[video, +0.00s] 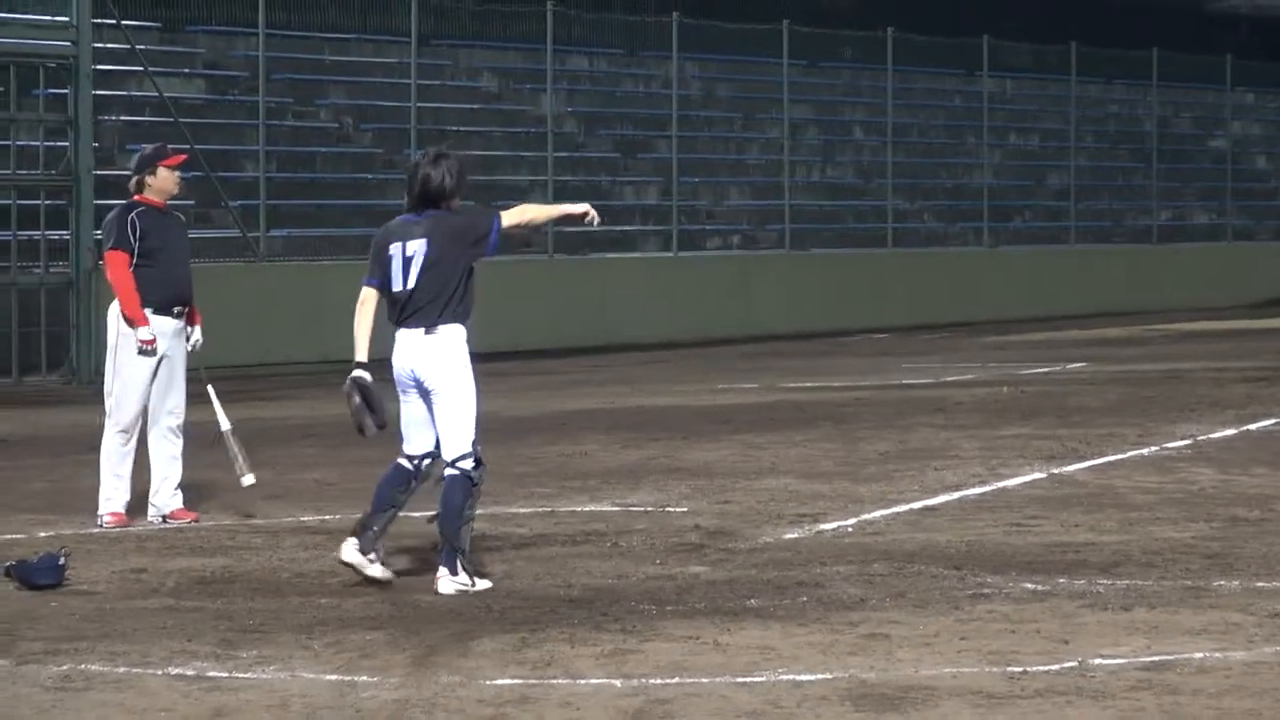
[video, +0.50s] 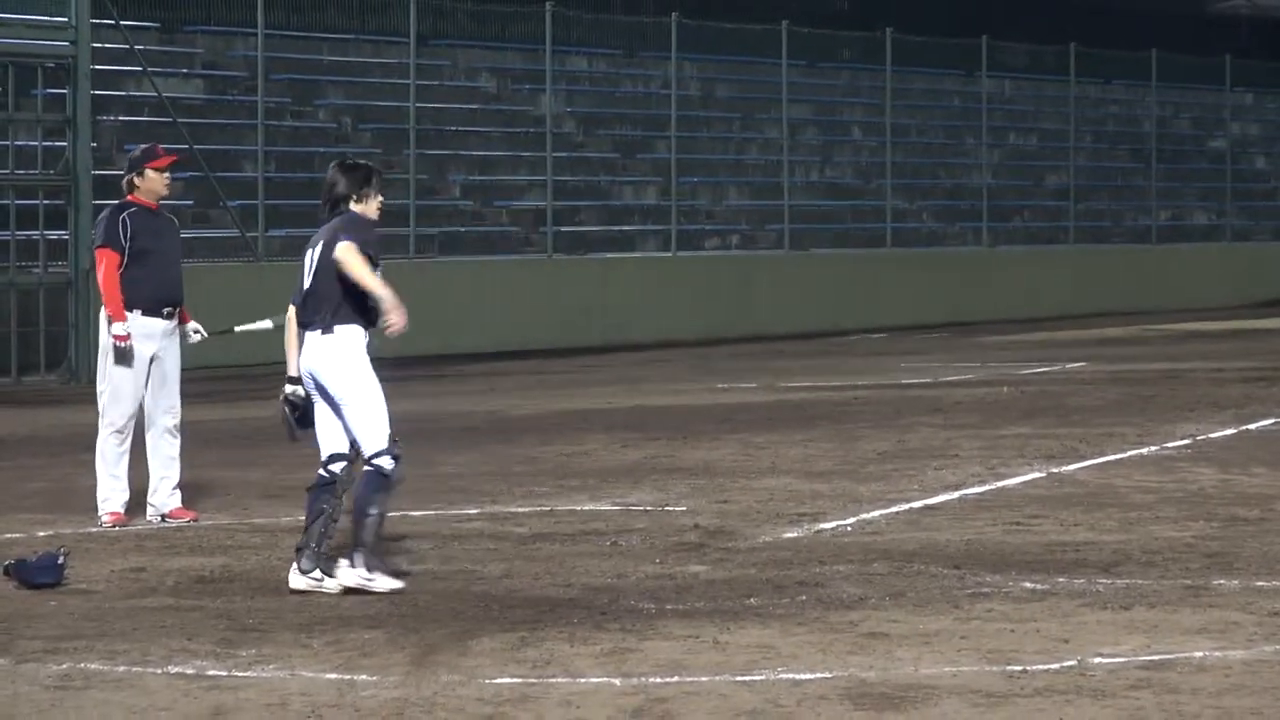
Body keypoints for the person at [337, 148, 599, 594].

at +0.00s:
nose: (462, 192)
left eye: (459, 185)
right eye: (459, 186)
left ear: (414, 188)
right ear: (451, 191)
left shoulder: (390, 233)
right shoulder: (460, 225)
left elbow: (367, 301)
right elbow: (518, 216)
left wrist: (359, 364)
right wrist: (568, 209)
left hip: (403, 350)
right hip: (445, 349)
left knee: (417, 454)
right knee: (462, 461)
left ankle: (363, 544)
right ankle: (452, 568)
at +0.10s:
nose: (442, 197)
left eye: (439, 190)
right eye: (439, 191)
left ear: (394, 195)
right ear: (429, 196)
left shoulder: (373, 237)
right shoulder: (440, 226)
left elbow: (349, 305)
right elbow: (503, 211)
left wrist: (340, 371)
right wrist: (559, 196)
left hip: (387, 352)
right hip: (426, 350)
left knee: (401, 459)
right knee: (452, 461)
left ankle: (335, 541)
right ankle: (449, 570)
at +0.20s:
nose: (422, 206)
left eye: (420, 198)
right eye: (417, 200)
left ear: (377, 207)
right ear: (401, 205)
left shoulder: (355, 250)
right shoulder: (416, 234)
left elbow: (333, 318)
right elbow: (476, 222)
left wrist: (326, 383)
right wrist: (537, 202)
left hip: (365, 361)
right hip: (404, 359)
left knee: (372, 473)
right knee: (439, 467)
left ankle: (316, 561)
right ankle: (447, 574)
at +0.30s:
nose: (408, 203)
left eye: (405, 195)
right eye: (402, 197)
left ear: (364, 205)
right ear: (383, 203)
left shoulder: (342, 249)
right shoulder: (394, 234)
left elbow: (319, 318)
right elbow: (446, 231)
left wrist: (318, 383)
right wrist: (512, 215)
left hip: (340, 358)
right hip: (378, 355)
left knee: (354, 469)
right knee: (421, 462)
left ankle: (308, 565)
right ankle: (445, 569)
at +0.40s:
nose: (393, 205)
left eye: (391, 197)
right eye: (388, 198)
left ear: (350, 203)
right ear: (370, 201)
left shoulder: (326, 247)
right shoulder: (366, 231)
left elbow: (302, 319)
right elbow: (393, 247)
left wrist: (303, 383)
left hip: (321, 355)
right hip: (354, 352)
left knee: (345, 464)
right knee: (398, 458)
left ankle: (305, 566)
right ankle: (411, 567)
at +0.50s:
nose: (381, 203)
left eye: (380, 194)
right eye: (377, 195)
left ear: (339, 198)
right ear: (360, 196)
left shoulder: (320, 239)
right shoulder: (355, 225)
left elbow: (294, 314)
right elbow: (345, 254)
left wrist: (293, 376)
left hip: (313, 350)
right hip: (341, 346)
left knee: (336, 459)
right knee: (382, 456)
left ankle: (308, 564)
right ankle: (362, 561)